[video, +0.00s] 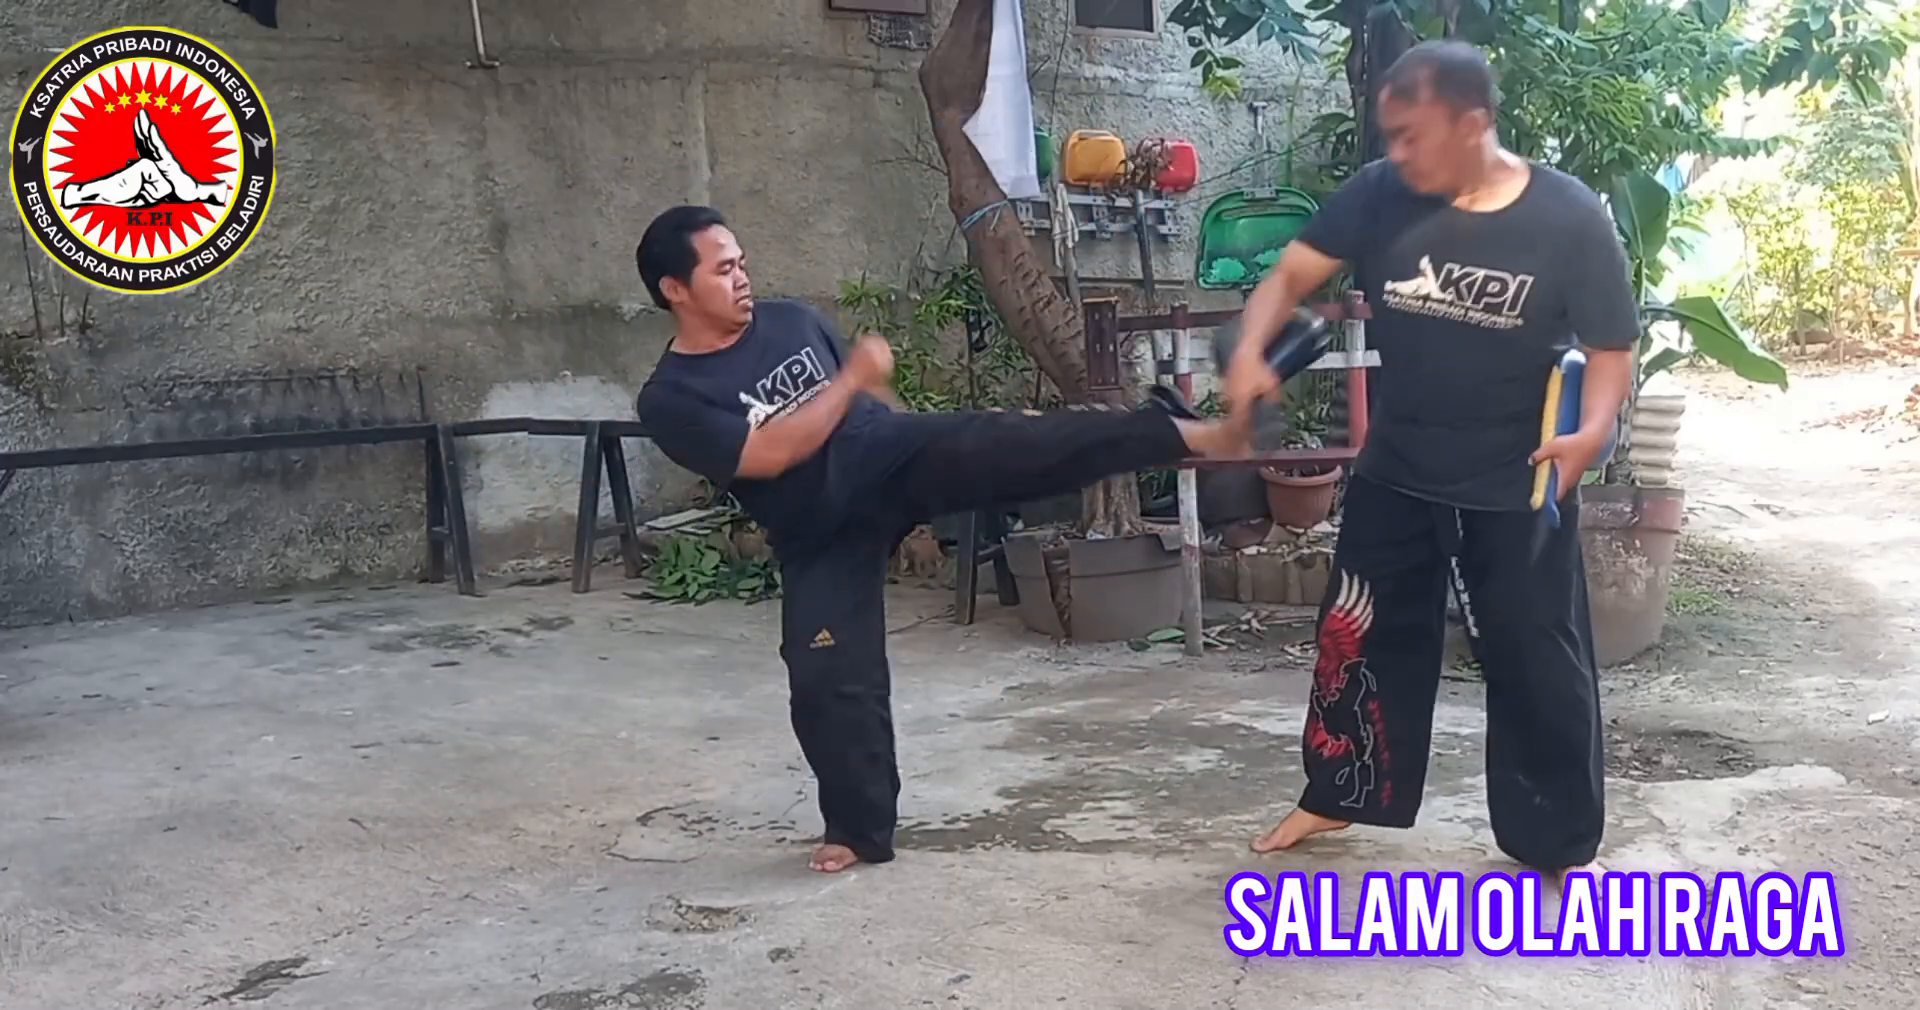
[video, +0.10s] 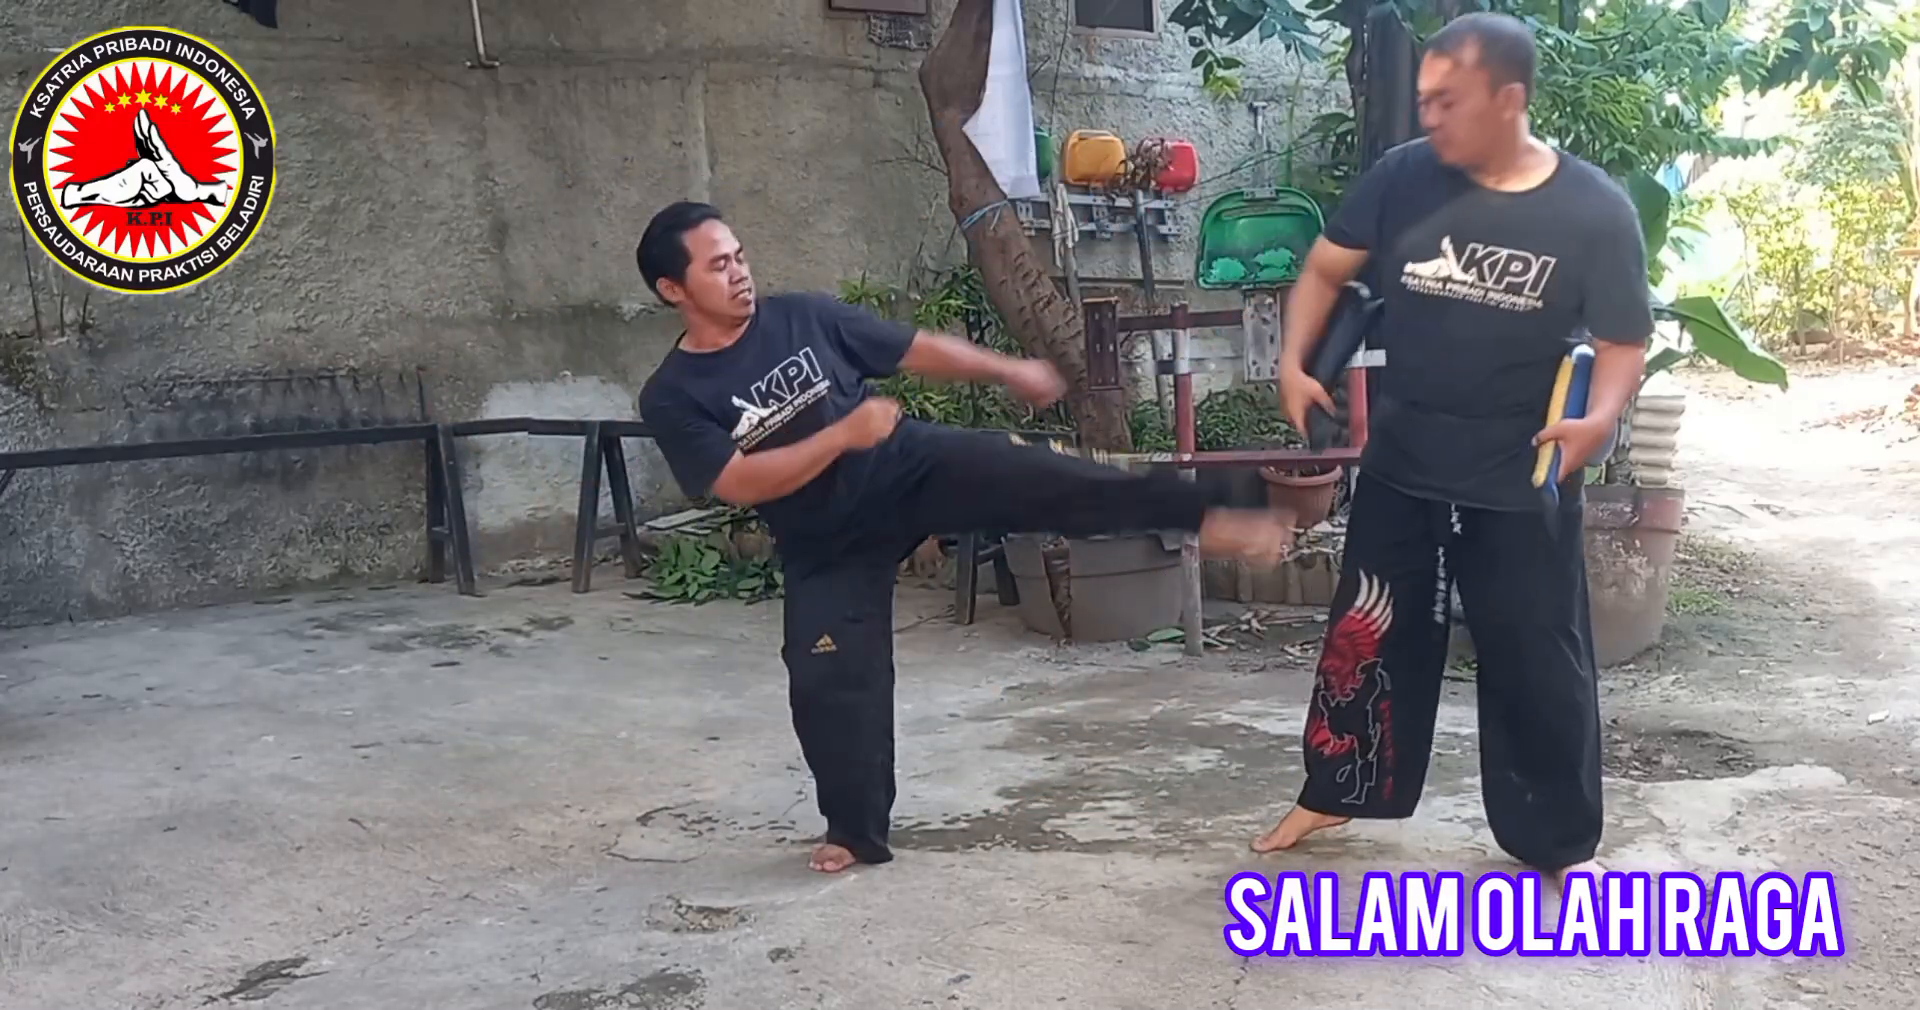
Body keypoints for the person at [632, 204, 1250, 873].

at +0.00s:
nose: (743, 277)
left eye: (740, 262)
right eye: (724, 268)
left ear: (744, 265)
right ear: (674, 291)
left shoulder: (795, 318)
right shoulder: (668, 398)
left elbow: (855, 389)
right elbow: (772, 451)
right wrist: (852, 378)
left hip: (892, 460)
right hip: (820, 537)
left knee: (1015, 440)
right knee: (825, 679)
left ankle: (1197, 438)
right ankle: (861, 830)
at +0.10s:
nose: (737, 270)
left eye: (737, 254)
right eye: (715, 263)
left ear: (747, 257)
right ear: (670, 290)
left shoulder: (805, 313)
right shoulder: (670, 396)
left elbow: (911, 349)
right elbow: (738, 481)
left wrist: (1006, 367)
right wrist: (840, 437)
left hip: (907, 467)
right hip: (824, 541)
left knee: (1053, 480)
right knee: (826, 680)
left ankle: (1210, 520)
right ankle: (856, 832)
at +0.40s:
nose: (887, 231)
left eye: (886, 219)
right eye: (866, 219)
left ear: (888, 234)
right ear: (818, 243)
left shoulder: (921, 327)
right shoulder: (779, 334)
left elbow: (1017, 400)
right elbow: (756, 448)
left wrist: (965, 368)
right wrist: (845, 494)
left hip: (943, 546)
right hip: (835, 565)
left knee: (1004, 663)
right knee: (827, 700)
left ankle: (996, 822)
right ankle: (838, 826)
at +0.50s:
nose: (895, 226)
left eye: (894, 213)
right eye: (878, 212)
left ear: (890, 224)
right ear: (826, 226)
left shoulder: (910, 328)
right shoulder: (777, 320)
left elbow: (937, 428)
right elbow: (751, 434)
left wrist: (964, 472)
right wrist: (837, 467)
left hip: (926, 550)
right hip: (825, 561)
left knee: (988, 674)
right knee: (831, 698)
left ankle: (1009, 825)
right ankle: (832, 829)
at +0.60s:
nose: (878, 211)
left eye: (878, 197)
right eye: (863, 197)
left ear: (834, 208)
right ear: (812, 208)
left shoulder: (878, 302)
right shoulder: (762, 297)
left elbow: (898, 406)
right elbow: (729, 406)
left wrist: (920, 479)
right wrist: (829, 438)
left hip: (885, 524)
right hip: (804, 533)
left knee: (941, 665)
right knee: (829, 683)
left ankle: (994, 809)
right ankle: (830, 828)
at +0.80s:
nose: (818, 221)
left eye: (817, 207)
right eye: (802, 209)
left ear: (790, 217)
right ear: (752, 221)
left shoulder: (816, 299)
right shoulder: (706, 313)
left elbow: (836, 404)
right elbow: (688, 425)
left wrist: (870, 481)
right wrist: (777, 477)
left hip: (830, 521)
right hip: (758, 530)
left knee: (827, 652)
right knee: (795, 666)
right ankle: (828, 822)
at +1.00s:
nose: (775, 238)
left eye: (776, 225)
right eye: (760, 227)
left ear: (772, 229)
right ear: (710, 236)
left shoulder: (783, 314)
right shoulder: (661, 313)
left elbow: (814, 402)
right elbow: (580, 382)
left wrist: (843, 463)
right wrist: (673, 386)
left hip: (766, 523)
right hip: (694, 524)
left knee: (729, 649)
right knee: (731, 654)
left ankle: (690, 769)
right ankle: (795, 811)